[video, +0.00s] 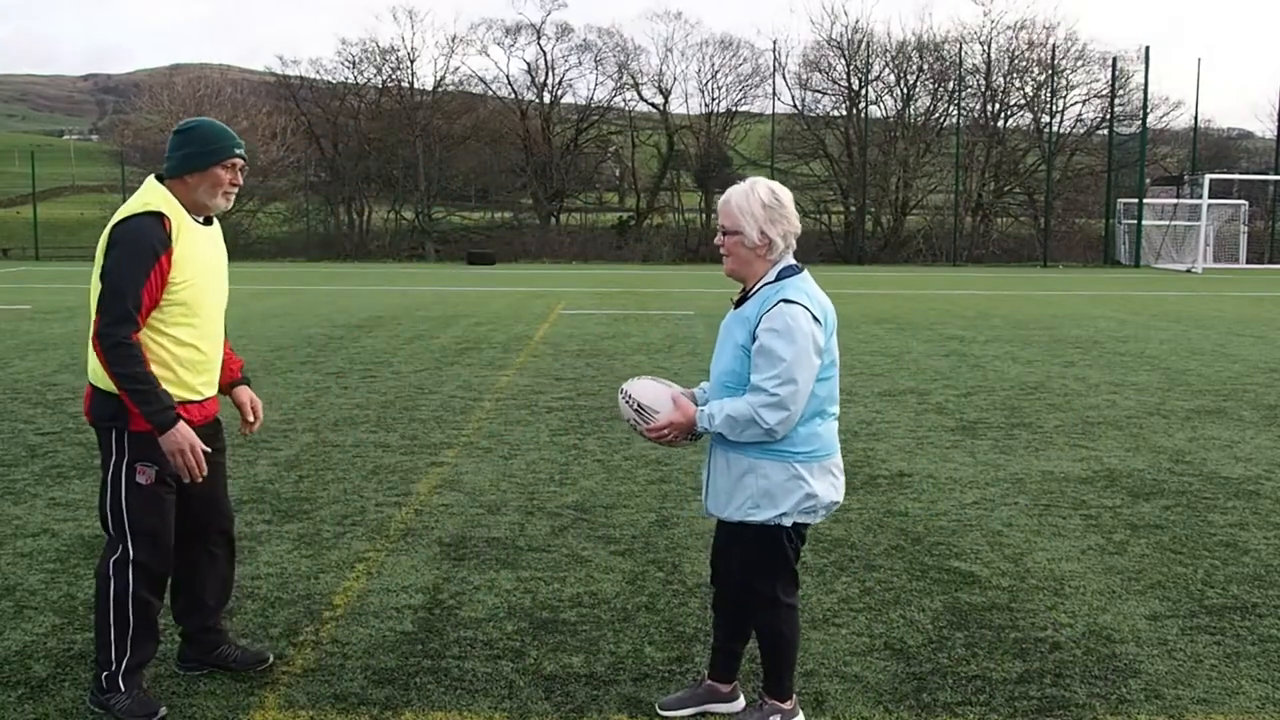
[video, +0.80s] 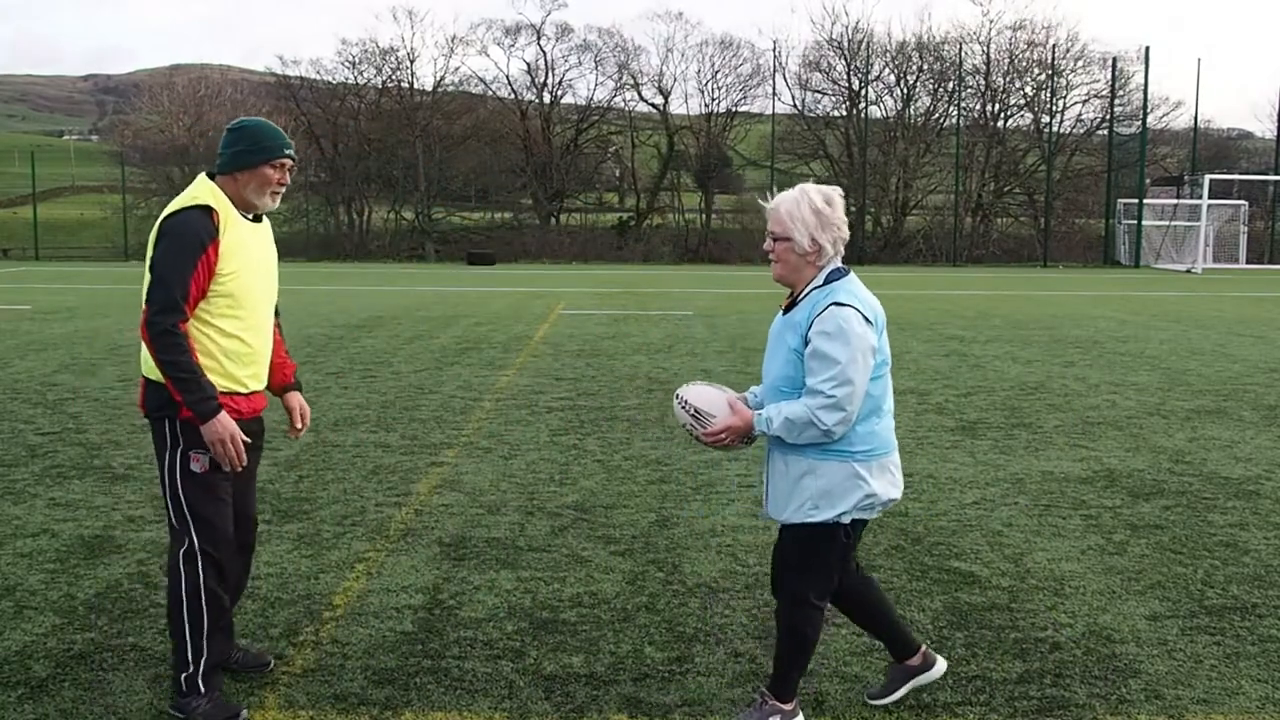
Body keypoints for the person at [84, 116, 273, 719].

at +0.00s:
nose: (237, 181)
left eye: (240, 171)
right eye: (228, 170)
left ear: (215, 174)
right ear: (188, 168)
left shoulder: (206, 227)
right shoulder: (144, 225)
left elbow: (199, 320)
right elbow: (113, 334)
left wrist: (235, 381)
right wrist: (165, 421)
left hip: (196, 410)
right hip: (137, 415)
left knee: (206, 532)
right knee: (138, 549)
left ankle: (204, 643)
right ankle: (118, 682)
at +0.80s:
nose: (285, 179)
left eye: (288, 169)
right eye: (276, 168)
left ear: (272, 172)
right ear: (239, 166)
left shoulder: (256, 223)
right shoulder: (193, 220)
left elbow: (260, 311)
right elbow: (162, 323)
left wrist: (286, 384)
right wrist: (207, 413)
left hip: (240, 409)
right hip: (189, 413)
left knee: (235, 538)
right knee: (201, 549)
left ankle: (216, 644)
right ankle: (193, 692)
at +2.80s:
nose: (304, 176)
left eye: (306, 165)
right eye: (295, 165)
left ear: (280, 168)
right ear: (254, 164)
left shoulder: (271, 222)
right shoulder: (212, 224)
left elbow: (276, 320)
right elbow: (201, 337)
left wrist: (304, 390)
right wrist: (244, 430)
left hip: (272, 416)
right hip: (215, 422)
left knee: (276, 549)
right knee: (217, 557)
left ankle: (268, 665)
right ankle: (210, 679)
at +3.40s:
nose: (387, 187)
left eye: (389, 176)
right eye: (378, 175)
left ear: (354, 182)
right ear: (339, 177)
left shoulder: (347, 231)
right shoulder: (290, 232)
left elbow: (348, 325)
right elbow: (264, 342)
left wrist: (370, 402)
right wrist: (296, 444)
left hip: (322, 422)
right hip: (272, 425)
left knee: (311, 553)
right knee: (292, 560)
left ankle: (274, 663)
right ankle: (248, 678)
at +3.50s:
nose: (404, 199)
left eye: (406, 187)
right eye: (395, 187)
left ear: (367, 192)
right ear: (356, 188)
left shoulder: (365, 240)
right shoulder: (307, 245)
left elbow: (375, 331)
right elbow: (284, 359)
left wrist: (401, 408)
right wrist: (325, 456)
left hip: (351, 430)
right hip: (291, 436)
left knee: (378, 540)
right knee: (304, 572)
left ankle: (293, 643)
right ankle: (248, 686)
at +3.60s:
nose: (432, 212)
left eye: (434, 200)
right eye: (424, 200)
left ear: (389, 204)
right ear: (385, 201)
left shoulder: (387, 250)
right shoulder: (339, 259)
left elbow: (406, 341)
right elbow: (328, 377)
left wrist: (443, 413)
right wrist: (377, 469)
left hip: (377, 433)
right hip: (320, 442)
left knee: (438, 529)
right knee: (312, 584)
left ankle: (377, 651)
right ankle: (253, 687)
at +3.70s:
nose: (473, 214)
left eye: (474, 202)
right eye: (464, 202)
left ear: (429, 207)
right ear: (427, 203)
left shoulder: (423, 259)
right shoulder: (386, 259)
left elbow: (451, 346)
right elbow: (394, 375)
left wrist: (500, 412)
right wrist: (453, 460)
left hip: (403, 437)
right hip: (353, 441)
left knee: (473, 526)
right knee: (334, 577)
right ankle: (257, 682)